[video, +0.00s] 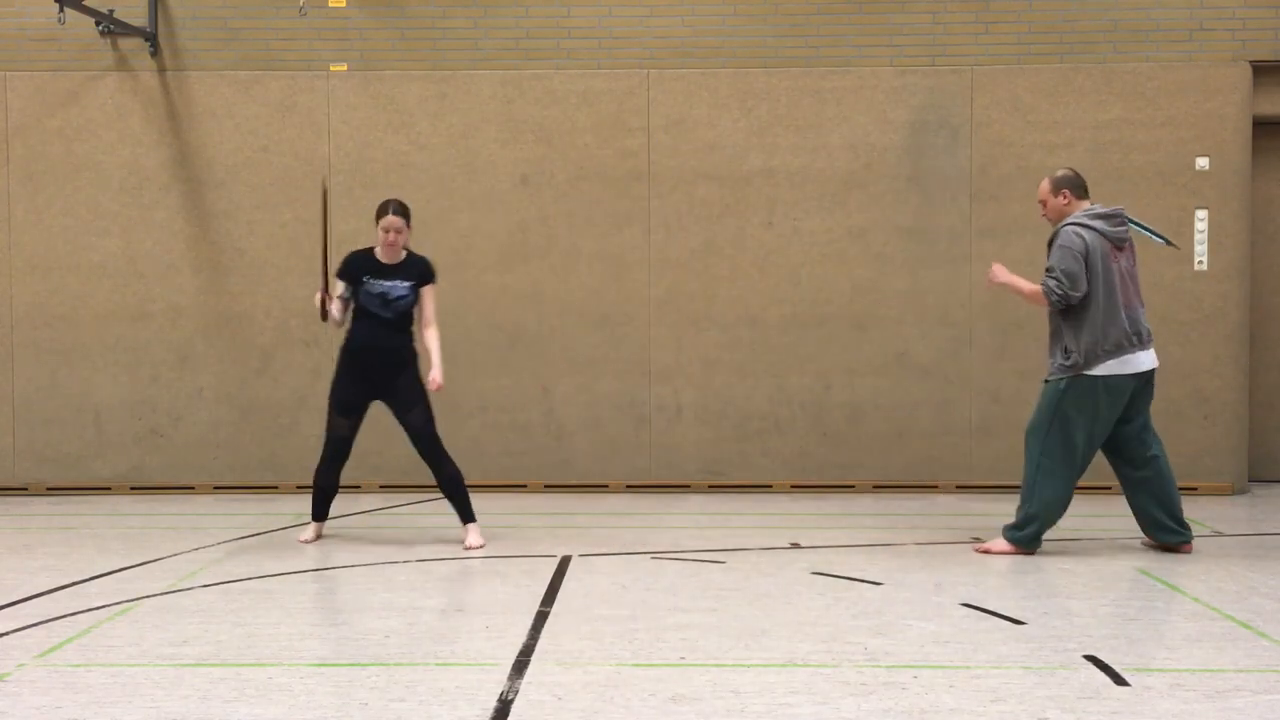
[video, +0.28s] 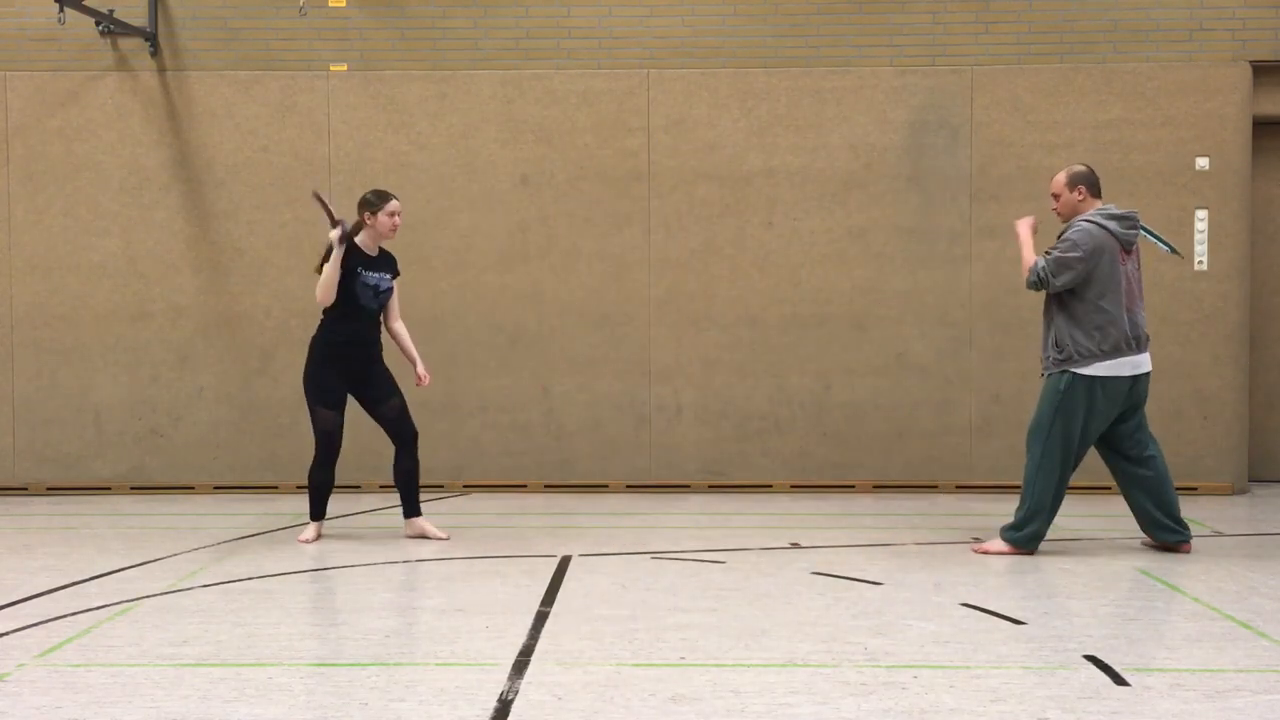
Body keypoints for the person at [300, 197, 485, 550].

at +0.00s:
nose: (392, 237)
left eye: (398, 230)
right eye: (386, 230)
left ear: (408, 232)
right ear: (376, 230)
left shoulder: (420, 268)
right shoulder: (356, 263)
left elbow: (428, 324)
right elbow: (338, 317)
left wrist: (435, 367)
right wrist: (329, 306)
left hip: (400, 369)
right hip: (355, 368)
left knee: (430, 446)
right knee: (336, 447)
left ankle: (470, 525)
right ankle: (316, 522)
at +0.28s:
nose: (397, 222)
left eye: (399, 215)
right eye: (391, 215)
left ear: (388, 219)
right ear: (368, 217)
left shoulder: (387, 263)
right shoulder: (339, 253)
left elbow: (393, 320)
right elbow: (324, 299)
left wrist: (416, 361)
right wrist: (337, 249)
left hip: (367, 363)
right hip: (327, 362)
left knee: (406, 434)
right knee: (328, 445)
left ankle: (413, 520)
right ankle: (315, 523)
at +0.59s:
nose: (381, 221)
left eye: (381, 215)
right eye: (375, 215)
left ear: (361, 218)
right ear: (354, 216)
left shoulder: (367, 264)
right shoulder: (327, 249)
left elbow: (383, 323)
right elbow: (326, 265)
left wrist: (414, 360)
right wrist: (330, 219)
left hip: (356, 368)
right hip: (316, 365)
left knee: (395, 436)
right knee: (304, 443)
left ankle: (415, 520)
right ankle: (282, 523)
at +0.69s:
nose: (374, 224)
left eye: (375, 218)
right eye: (369, 218)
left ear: (358, 219)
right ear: (348, 218)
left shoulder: (363, 267)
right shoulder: (320, 251)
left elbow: (379, 324)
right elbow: (314, 262)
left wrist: (409, 364)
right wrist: (320, 217)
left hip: (350, 369)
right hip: (311, 365)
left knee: (392, 438)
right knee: (301, 445)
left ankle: (415, 520)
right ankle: (281, 523)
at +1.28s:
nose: (381, 232)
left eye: (382, 225)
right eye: (376, 225)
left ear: (363, 228)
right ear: (355, 226)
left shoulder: (377, 274)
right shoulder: (327, 260)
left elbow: (399, 329)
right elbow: (308, 272)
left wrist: (432, 366)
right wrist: (316, 226)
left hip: (363, 377)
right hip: (322, 374)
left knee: (414, 438)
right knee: (311, 453)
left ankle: (416, 521)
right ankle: (283, 525)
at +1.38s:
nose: (401, 228)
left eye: (401, 221)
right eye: (395, 222)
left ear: (387, 225)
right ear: (375, 225)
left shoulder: (394, 272)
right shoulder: (347, 258)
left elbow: (411, 329)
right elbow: (343, 269)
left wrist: (440, 368)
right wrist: (345, 219)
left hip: (378, 376)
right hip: (338, 373)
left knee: (426, 439)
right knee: (318, 449)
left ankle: (416, 521)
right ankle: (282, 522)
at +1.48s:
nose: (432, 219)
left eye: (432, 212)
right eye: (426, 213)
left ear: (425, 217)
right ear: (407, 214)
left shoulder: (418, 262)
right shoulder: (385, 252)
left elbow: (418, 321)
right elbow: (409, 247)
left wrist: (441, 364)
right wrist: (400, 197)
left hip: (409, 366)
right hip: (377, 363)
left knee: (438, 442)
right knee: (357, 446)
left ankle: (418, 521)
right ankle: (300, 504)